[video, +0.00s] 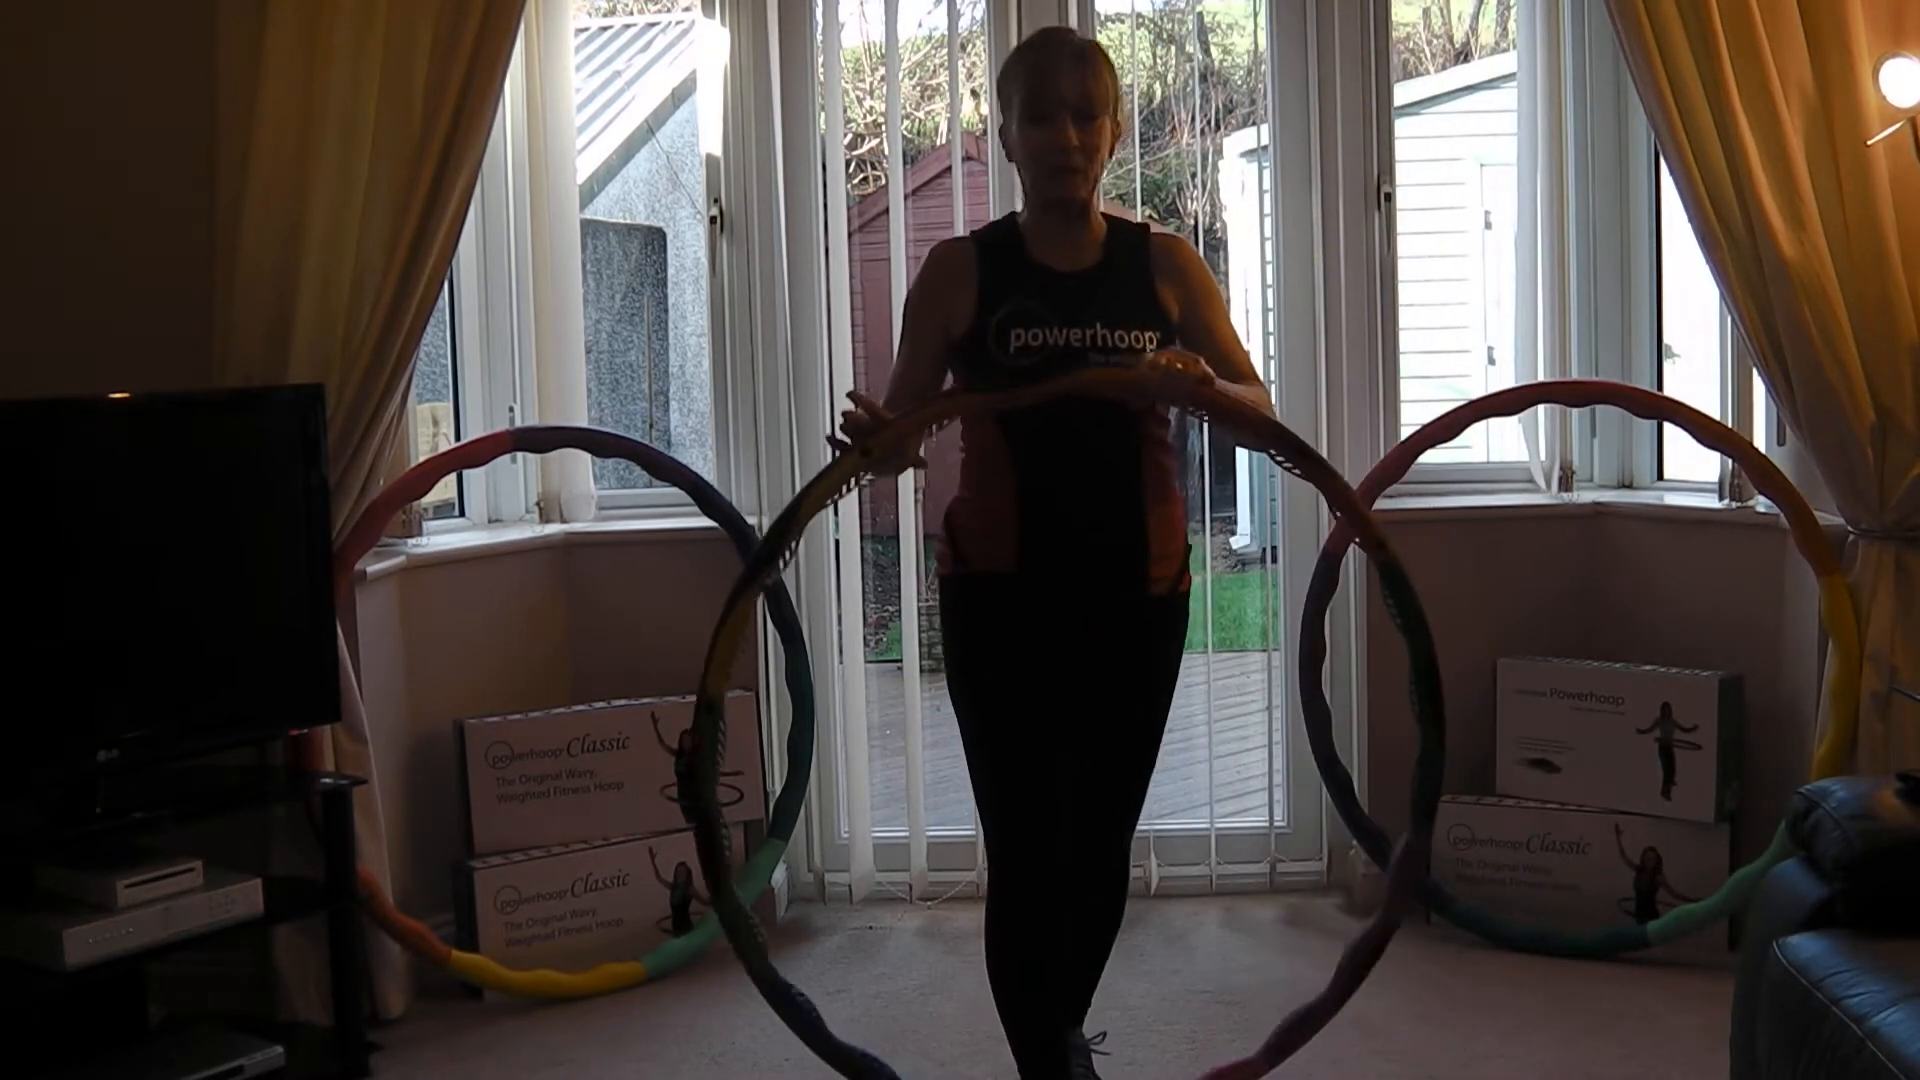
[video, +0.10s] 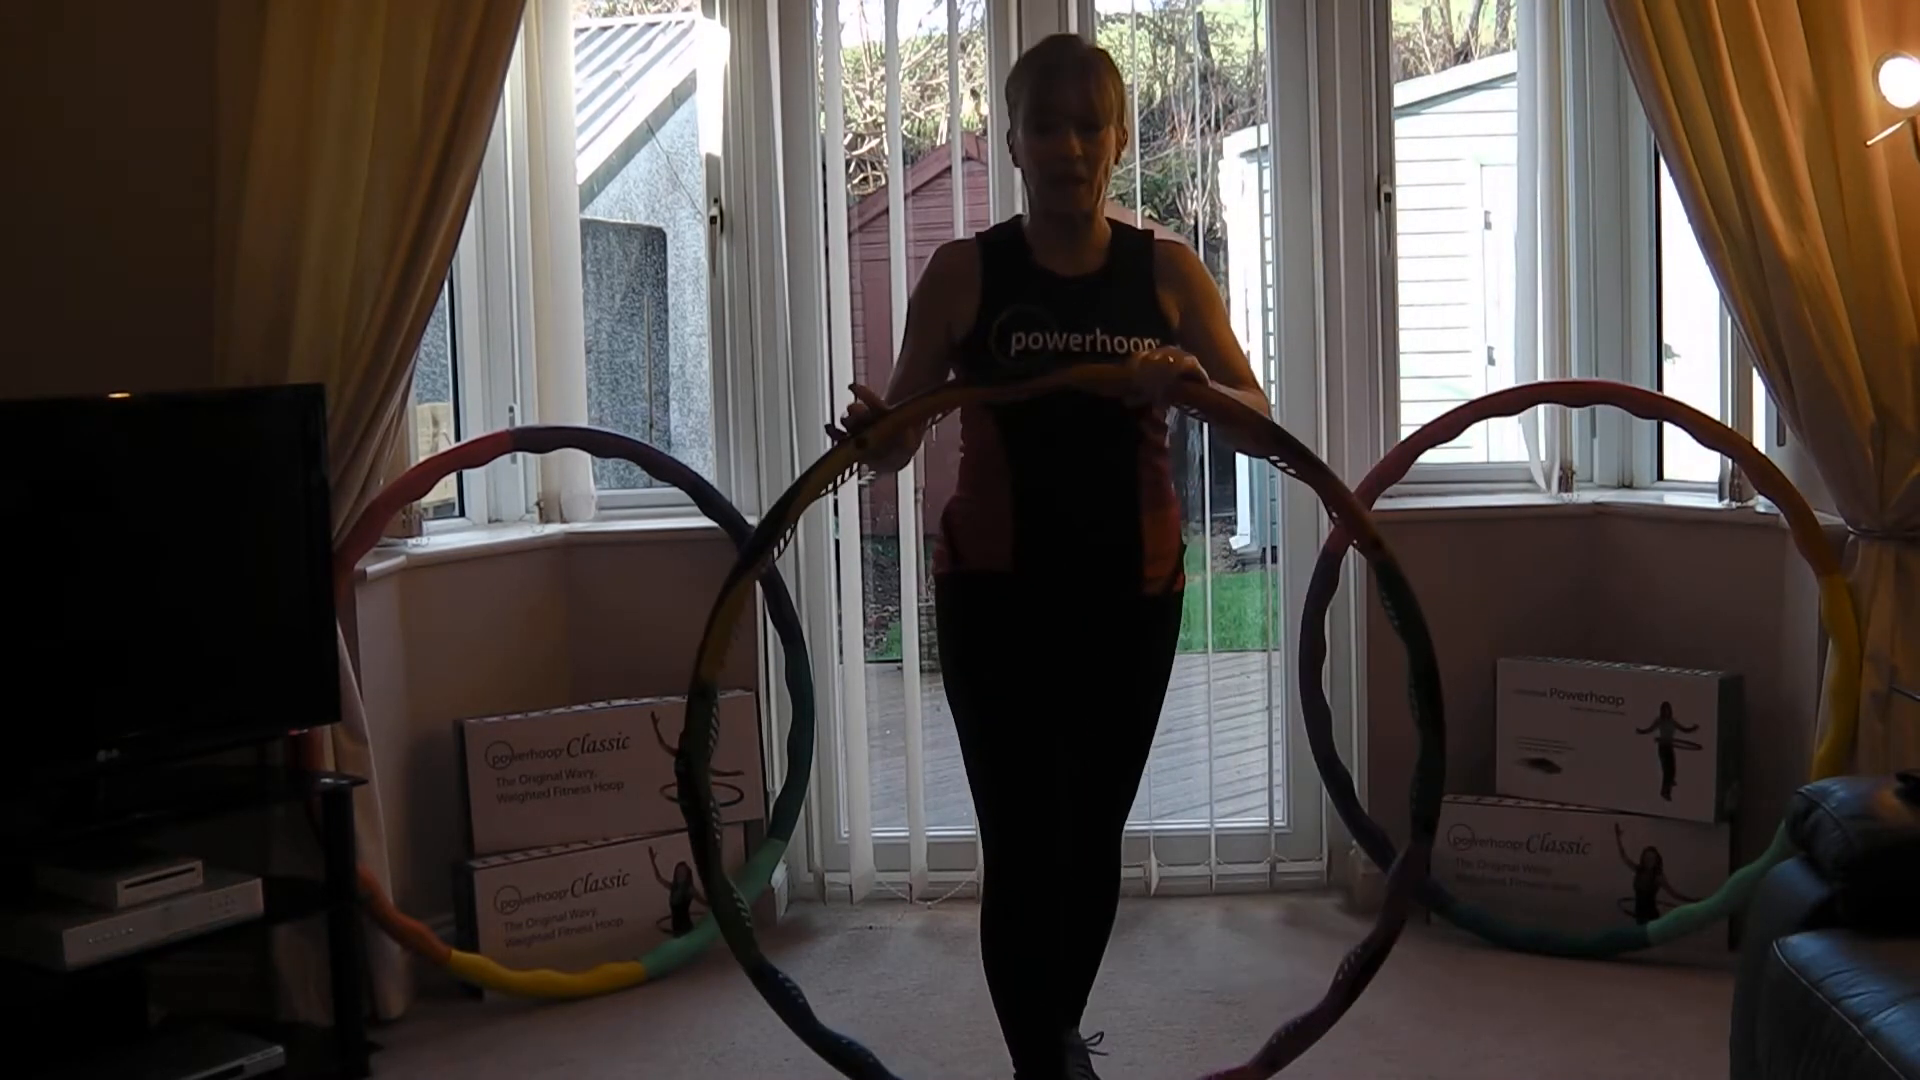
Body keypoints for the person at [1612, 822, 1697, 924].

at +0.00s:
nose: (1648, 860)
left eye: (1652, 857)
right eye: (1646, 857)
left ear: (1656, 860)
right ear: (1642, 858)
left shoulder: (1658, 876)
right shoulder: (1639, 871)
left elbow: (1673, 894)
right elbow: (1624, 857)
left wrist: (1692, 901)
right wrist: (1618, 837)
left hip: (1651, 913)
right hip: (1639, 912)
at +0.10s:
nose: (1648, 860)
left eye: (1652, 857)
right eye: (1646, 857)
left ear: (1656, 860)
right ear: (1642, 858)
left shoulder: (1658, 876)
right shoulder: (1639, 871)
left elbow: (1673, 894)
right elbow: (1624, 857)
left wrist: (1693, 901)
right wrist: (1618, 837)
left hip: (1651, 913)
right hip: (1639, 912)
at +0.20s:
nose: (1648, 860)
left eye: (1652, 858)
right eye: (1646, 857)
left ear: (1656, 860)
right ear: (1642, 859)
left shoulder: (1658, 876)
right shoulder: (1639, 871)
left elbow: (1673, 894)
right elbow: (1624, 857)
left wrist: (1693, 901)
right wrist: (1618, 837)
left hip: (1651, 913)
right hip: (1639, 912)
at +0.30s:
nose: (1648, 860)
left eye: (1652, 858)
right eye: (1646, 857)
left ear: (1656, 860)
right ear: (1642, 859)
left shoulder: (1658, 876)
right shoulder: (1639, 871)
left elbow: (1673, 894)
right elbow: (1624, 857)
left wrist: (1693, 901)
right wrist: (1618, 837)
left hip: (1651, 913)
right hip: (1639, 912)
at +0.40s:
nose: (1648, 860)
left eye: (1652, 858)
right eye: (1646, 857)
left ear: (1656, 860)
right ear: (1642, 859)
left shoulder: (1658, 876)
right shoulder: (1639, 871)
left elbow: (1673, 894)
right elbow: (1624, 857)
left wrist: (1693, 901)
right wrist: (1618, 837)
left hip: (1651, 913)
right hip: (1639, 912)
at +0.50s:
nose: (1648, 860)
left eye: (1652, 857)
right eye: (1646, 857)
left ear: (1656, 860)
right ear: (1642, 858)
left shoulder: (1658, 876)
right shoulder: (1639, 871)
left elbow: (1673, 894)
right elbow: (1623, 857)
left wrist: (1693, 901)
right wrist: (1618, 837)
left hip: (1651, 912)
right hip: (1639, 911)